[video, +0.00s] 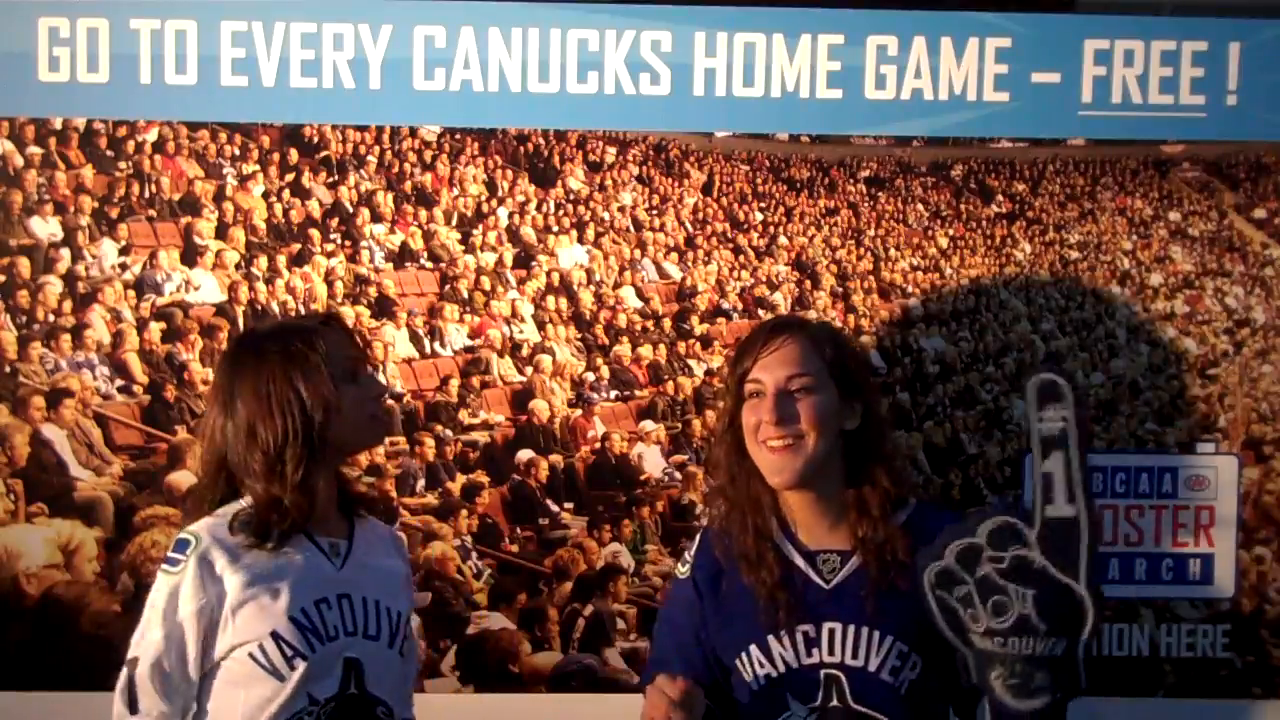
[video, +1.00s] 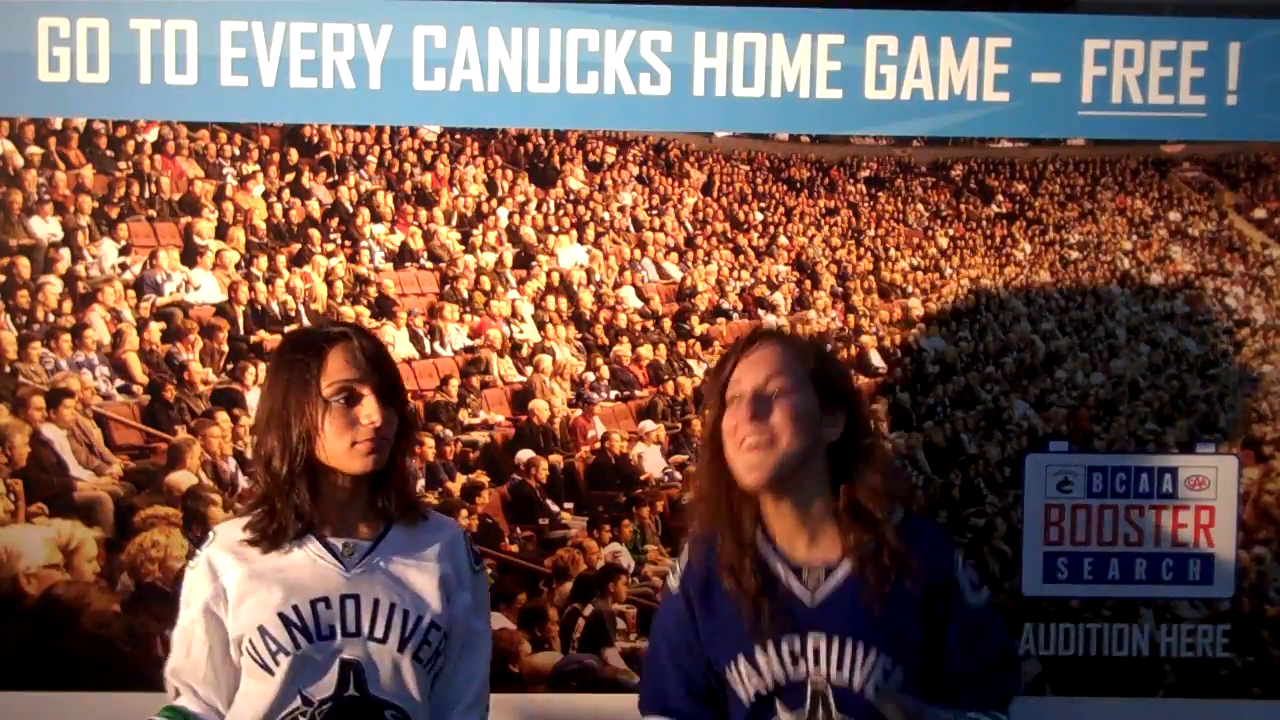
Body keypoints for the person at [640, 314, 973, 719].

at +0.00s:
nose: (772, 413)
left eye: (798, 390)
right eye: (754, 394)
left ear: (849, 411)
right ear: (739, 421)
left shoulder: (931, 545)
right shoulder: (718, 556)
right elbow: (670, 680)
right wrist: (671, 707)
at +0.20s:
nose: (763, 420)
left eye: (790, 396)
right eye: (747, 400)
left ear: (844, 412)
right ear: (733, 423)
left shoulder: (932, 553)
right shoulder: (724, 562)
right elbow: (690, 714)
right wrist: (671, 695)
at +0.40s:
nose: (766, 410)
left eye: (794, 388)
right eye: (751, 390)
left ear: (845, 408)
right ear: (737, 412)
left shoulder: (926, 549)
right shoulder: (719, 553)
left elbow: (1005, 684)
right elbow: (678, 703)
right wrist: (644, 680)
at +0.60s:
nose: (770, 414)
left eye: (798, 393)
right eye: (753, 393)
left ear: (843, 415)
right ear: (735, 416)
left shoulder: (925, 551)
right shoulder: (710, 564)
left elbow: (998, 682)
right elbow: (686, 701)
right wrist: (657, 705)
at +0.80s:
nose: (775, 412)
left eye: (802, 389)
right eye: (755, 390)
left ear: (843, 410)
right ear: (735, 415)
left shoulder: (920, 540)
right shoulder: (708, 553)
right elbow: (671, 690)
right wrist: (639, 705)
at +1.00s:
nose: (747, 414)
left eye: (774, 395)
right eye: (732, 401)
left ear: (831, 420)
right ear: (719, 428)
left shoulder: (918, 556)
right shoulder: (706, 562)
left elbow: (991, 691)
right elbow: (669, 705)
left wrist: (924, 711)